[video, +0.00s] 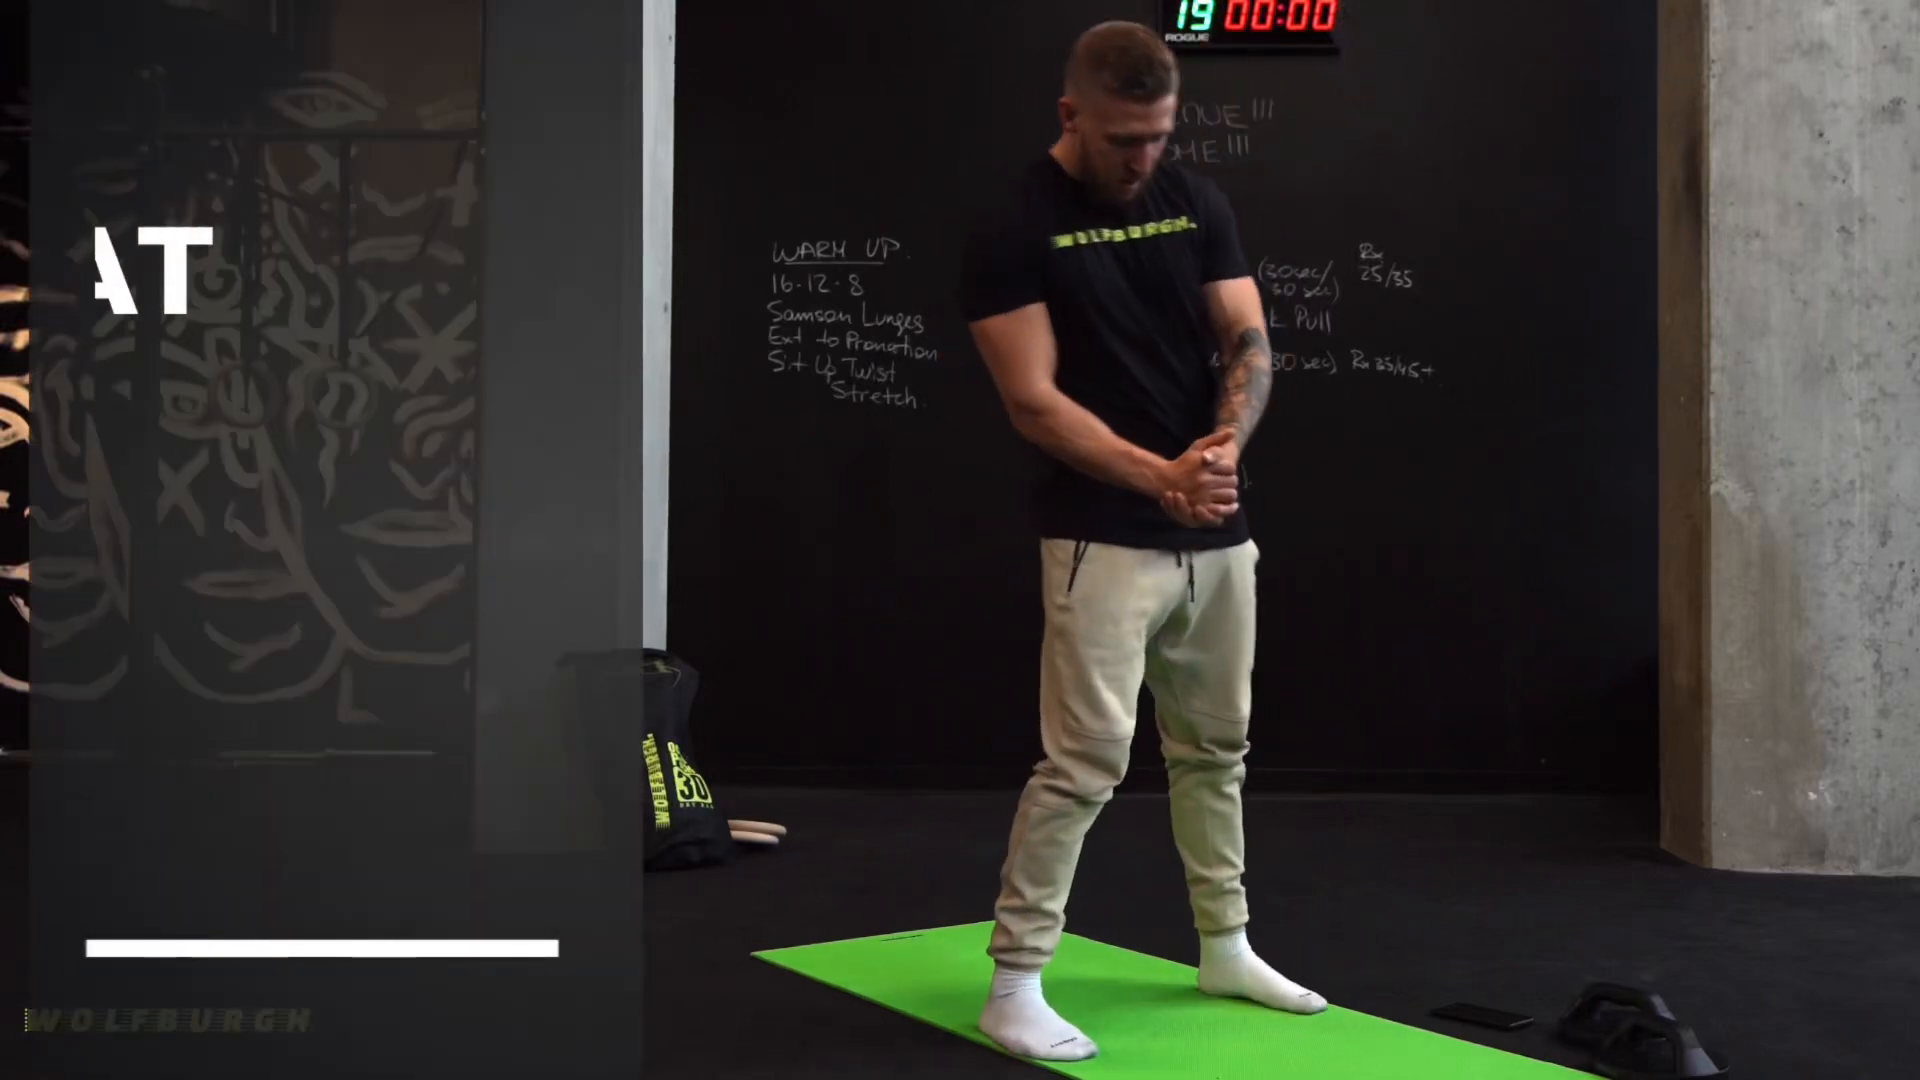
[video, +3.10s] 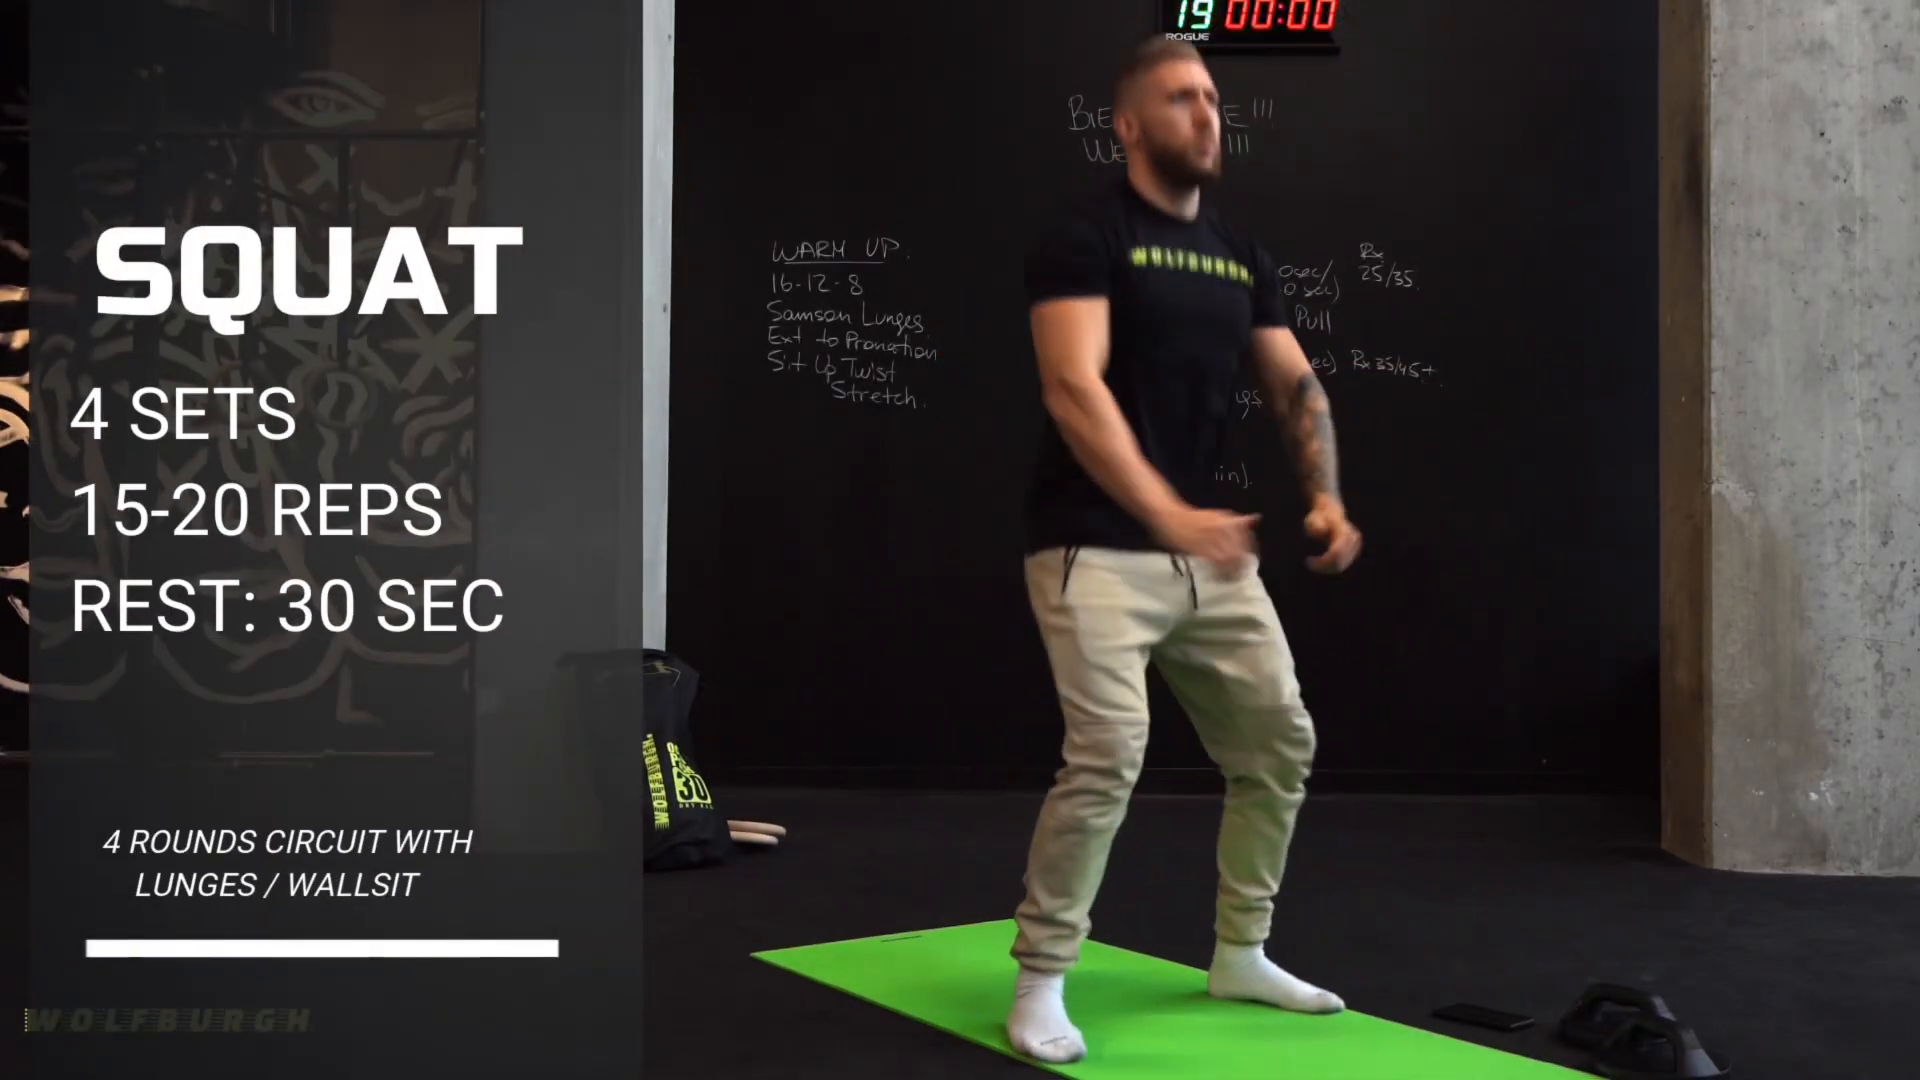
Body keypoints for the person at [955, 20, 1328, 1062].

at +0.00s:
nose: (1146, 160)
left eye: (1160, 139)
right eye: (1124, 140)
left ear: (1177, 114)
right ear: (1068, 114)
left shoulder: (1199, 202)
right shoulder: (1016, 229)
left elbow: (1249, 343)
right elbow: (1032, 404)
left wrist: (1227, 443)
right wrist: (1155, 479)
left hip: (1214, 532)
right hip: (1102, 538)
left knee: (1213, 749)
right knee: (1085, 760)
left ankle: (1225, 950)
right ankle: (1015, 986)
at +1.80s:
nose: (1212, 114)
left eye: (1218, 99)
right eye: (1188, 99)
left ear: (1226, 121)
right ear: (1133, 121)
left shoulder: (1239, 251)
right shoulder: (1082, 229)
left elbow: (1311, 345)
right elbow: (1127, 347)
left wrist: (1347, 375)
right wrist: (1289, 379)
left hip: (1198, 548)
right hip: (1082, 545)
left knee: (1268, 744)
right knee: (1078, 758)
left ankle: (1239, 955)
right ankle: (1035, 982)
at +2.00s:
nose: (1222, 261)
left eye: (1227, 246)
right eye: (1198, 246)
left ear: (1235, 263)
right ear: (1142, 266)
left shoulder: (1239, 375)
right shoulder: (1099, 364)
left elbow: (1368, 424)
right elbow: (1173, 410)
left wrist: (1408, 376)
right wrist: (1344, 359)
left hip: (1168, 631)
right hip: (1052, 631)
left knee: (1302, 746)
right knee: (1090, 754)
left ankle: (1242, 958)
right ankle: (1036, 985)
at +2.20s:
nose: (1227, 396)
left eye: (1233, 378)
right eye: (1204, 379)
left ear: (1242, 390)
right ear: (1148, 400)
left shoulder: (1248, 492)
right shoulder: (1109, 483)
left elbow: (1373, 523)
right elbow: (1180, 518)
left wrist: (1408, 467)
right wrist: (1355, 444)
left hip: (1163, 717)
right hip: (1045, 717)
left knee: (1308, 754)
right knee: (1101, 762)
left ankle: (1242, 958)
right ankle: (1041, 989)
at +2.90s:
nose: (1226, 287)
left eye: (1231, 271)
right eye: (1203, 271)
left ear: (1238, 287)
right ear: (1147, 292)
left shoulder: (1246, 397)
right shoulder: (1102, 390)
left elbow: (1345, 467)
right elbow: (1162, 476)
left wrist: (1402, 468)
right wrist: (1336, 464)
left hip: (1185, 650)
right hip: (1067, 654)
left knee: (1316, 755)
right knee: (1121, 769)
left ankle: (1243, 961)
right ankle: (1044, 987)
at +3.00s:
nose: (1212, 170)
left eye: (1217, 155)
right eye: (1188, 155)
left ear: (1224, 174)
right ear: (1132, 174)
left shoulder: (1239, 294)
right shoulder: (1087, 287)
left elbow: (1315, 407)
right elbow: (1113, 425)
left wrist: (1353, 485)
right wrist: (1257, 506)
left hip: (1207, 585)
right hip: (1087, 584)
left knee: (1297, 751)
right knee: (1114, 758)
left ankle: (1242, 959)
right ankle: (1043, 984)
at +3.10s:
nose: (1206, 113)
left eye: (1211, 98)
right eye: (1181, 99)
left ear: (1220, 119)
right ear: (1127, 122)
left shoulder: (1236, 250)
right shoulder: (1082, 234)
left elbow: (1296, 384)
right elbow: (1072, 391)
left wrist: (1324, 493)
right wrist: (1174, 515)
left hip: (1210, 555)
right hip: (1093, 554)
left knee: (1278, 746)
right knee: (1107, 754)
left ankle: (1242, 958)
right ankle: (1041, 982)